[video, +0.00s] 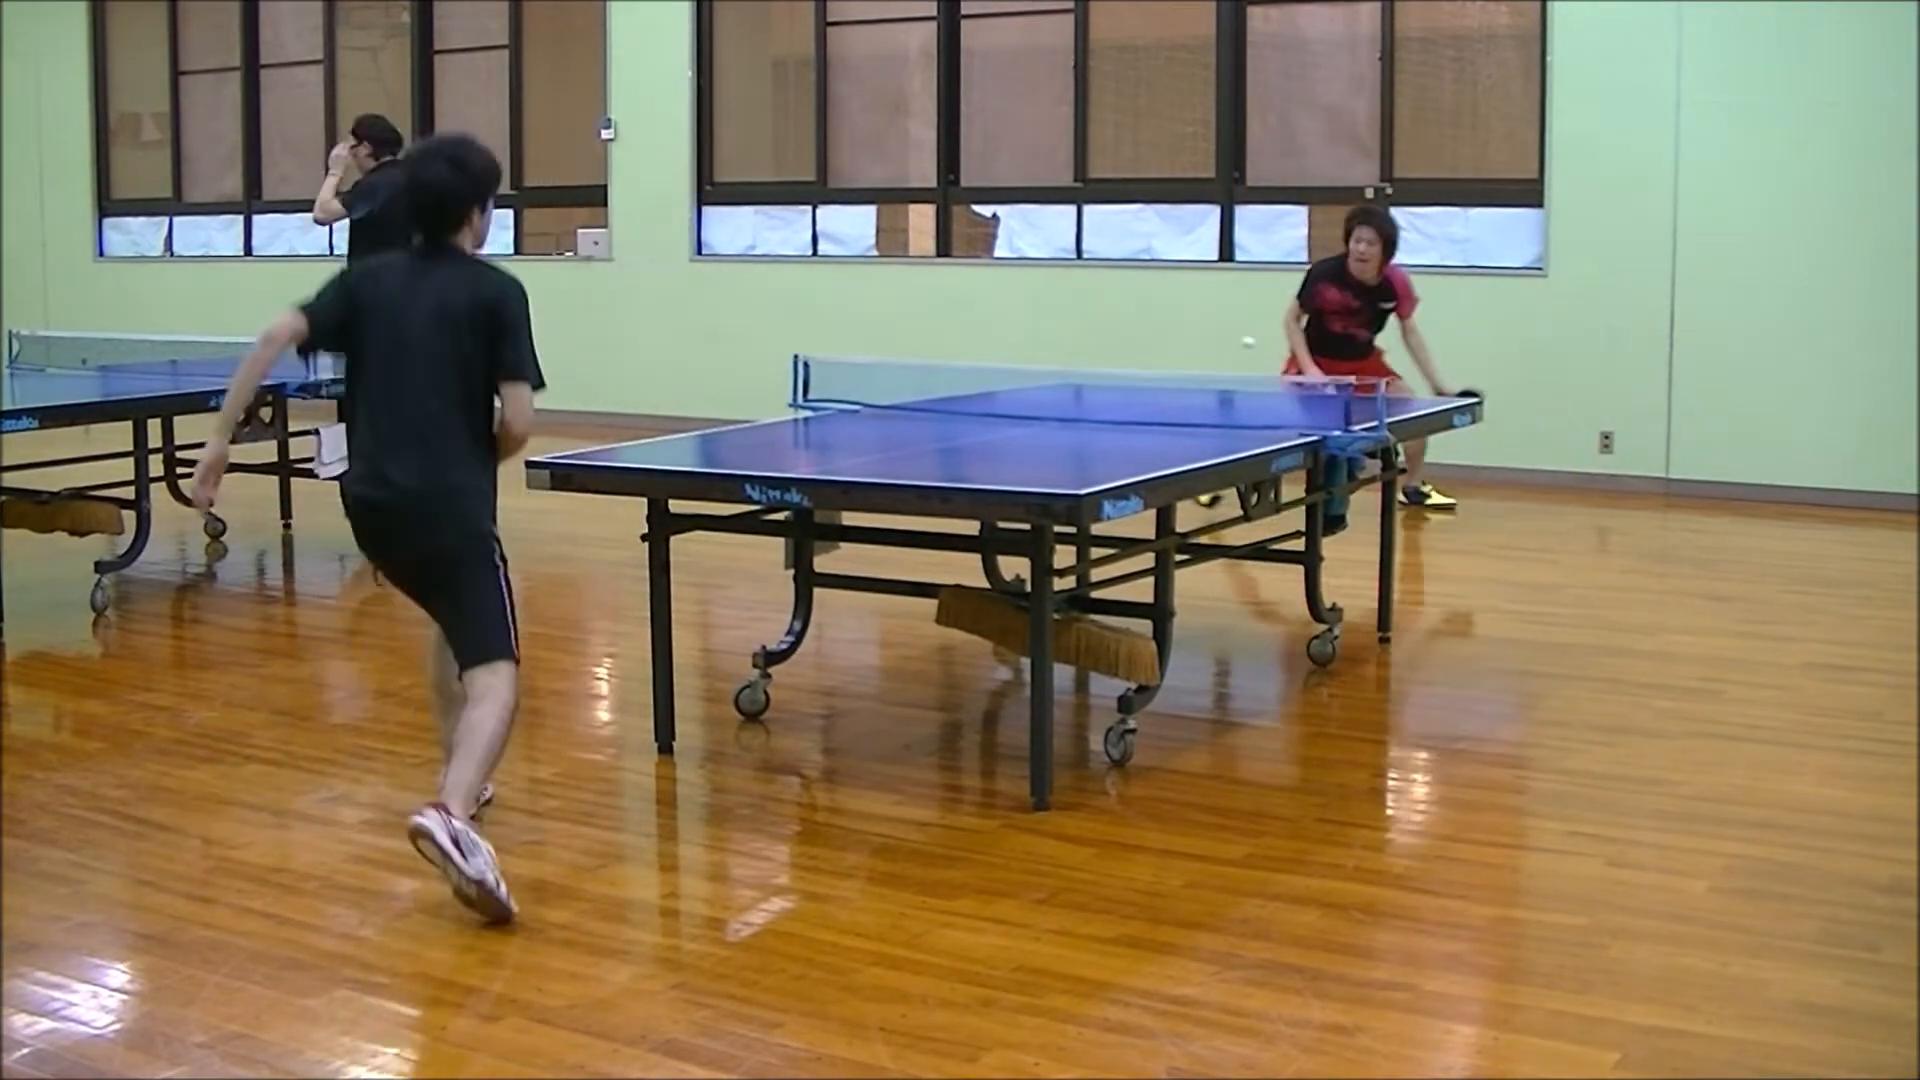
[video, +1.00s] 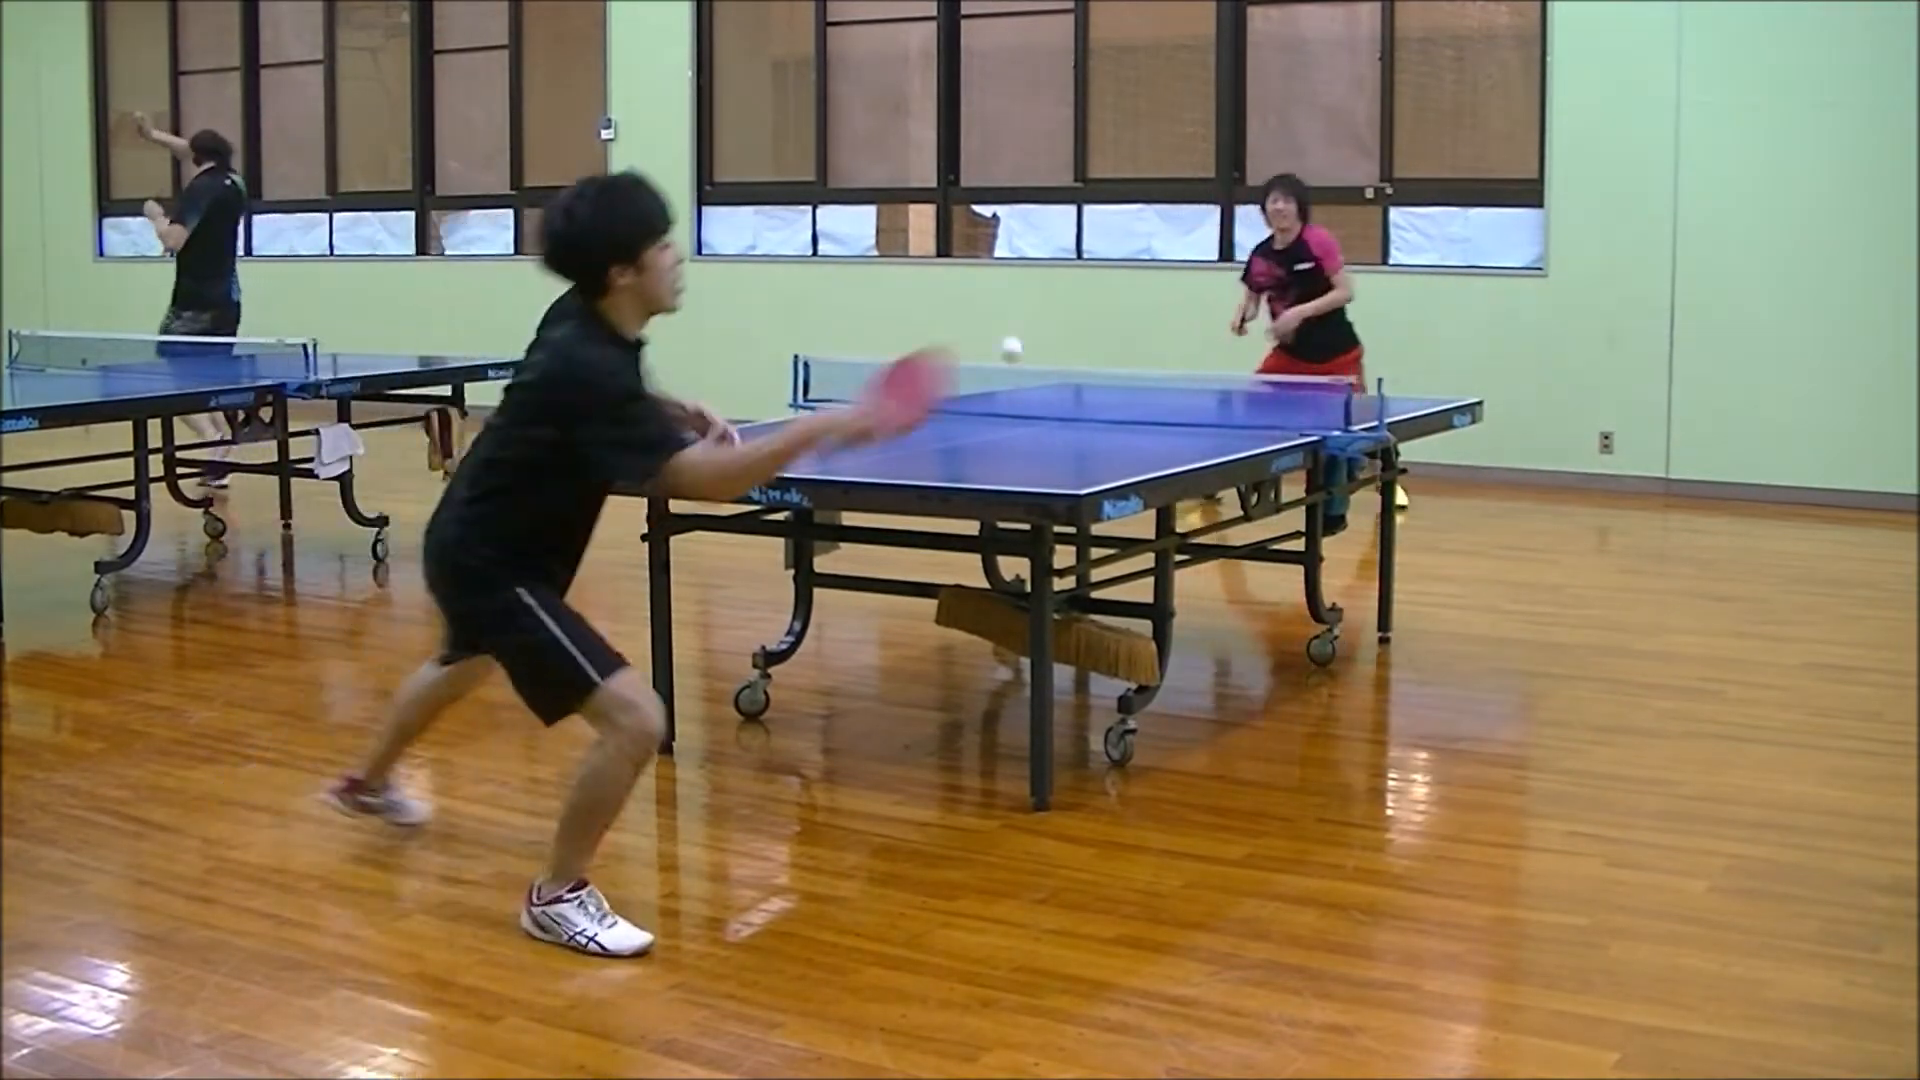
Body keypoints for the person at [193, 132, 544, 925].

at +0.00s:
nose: (492, 218)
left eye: (491, 206)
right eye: (490, 207)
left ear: (412, 207)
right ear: (474, 215)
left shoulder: (365, 278)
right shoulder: (497, 291)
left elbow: (273, 337)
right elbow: (516, 424)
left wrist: (216, 452)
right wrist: (491, 448)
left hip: (371, 500)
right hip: (453, 505)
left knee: (450, 624)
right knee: (496, 680)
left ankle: (465, 783)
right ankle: (453, 812)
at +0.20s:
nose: (499, 153)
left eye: (495, 139)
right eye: (494, 142)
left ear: (413, 145)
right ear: (477, 151)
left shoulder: (357, 211)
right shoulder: (488, 228)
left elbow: (284, 303)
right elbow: (510, 353)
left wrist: (270, 408)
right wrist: (492, 415)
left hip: (346, 451)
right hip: (428, 463)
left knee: (381, 595)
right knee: (474, 642)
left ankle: (365, 755)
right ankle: (436, 834)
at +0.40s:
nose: (492, 212)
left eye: (489, 199)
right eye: (489, 200)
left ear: (411, 204)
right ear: (469, 208)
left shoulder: (352, 279)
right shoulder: (459, 295)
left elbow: (300, 387)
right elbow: (485, 423)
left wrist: (361, 431)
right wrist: (533, 458)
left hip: (320, 505)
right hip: (400, 520)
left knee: (309, 646)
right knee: (489, 683)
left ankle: (244, 782)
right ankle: (427, 856)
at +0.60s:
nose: (477, 261)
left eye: (475, 247)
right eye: (473, 248)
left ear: (406, 254)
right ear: (448, 257)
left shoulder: (367, 316)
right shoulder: (427, 339)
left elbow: (395, 416)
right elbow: (484, 469)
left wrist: (485, 427)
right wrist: (576, 459)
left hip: (290, 536)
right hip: (347, 546)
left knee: (337, 651)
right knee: (505, 664)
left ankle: (245, 782)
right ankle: (440, 847)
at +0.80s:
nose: (537, 308)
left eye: (533, 294)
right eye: (528, 295)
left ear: (482, 307)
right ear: (490, 308)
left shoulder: (491, 370)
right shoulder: (438, 389)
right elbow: (462, 525)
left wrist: (550, 392)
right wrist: (550, 517)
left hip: (397, 581)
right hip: (372, 588)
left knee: (378, 687)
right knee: (527, 673)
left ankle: (252, 784)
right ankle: (538, 879)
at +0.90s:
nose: (603, 295)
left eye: (599, 281)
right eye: (592, 285)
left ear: (554, 304)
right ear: (549, 306)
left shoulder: (570, 351)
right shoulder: (495, 389)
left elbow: (628, 419)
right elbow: (545, 523)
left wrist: (659, 430)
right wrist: (601, 503)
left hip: (455, 572)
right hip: (429, 582)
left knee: (379, 685)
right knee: (577, 692)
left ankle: (287, 771)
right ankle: (551, 892)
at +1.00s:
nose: (679, 258)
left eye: (673, 244)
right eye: (665, 248)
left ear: (618, 271)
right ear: (620, 274)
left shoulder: (587, 324)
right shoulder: (588, 370)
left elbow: (599, 406)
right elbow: (707, 477)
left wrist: (674, 415)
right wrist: (821, 428)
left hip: (477, 547)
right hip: (492, 568)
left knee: (464, 664)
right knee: (635, 722)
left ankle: (366, 778)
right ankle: (558, 894)